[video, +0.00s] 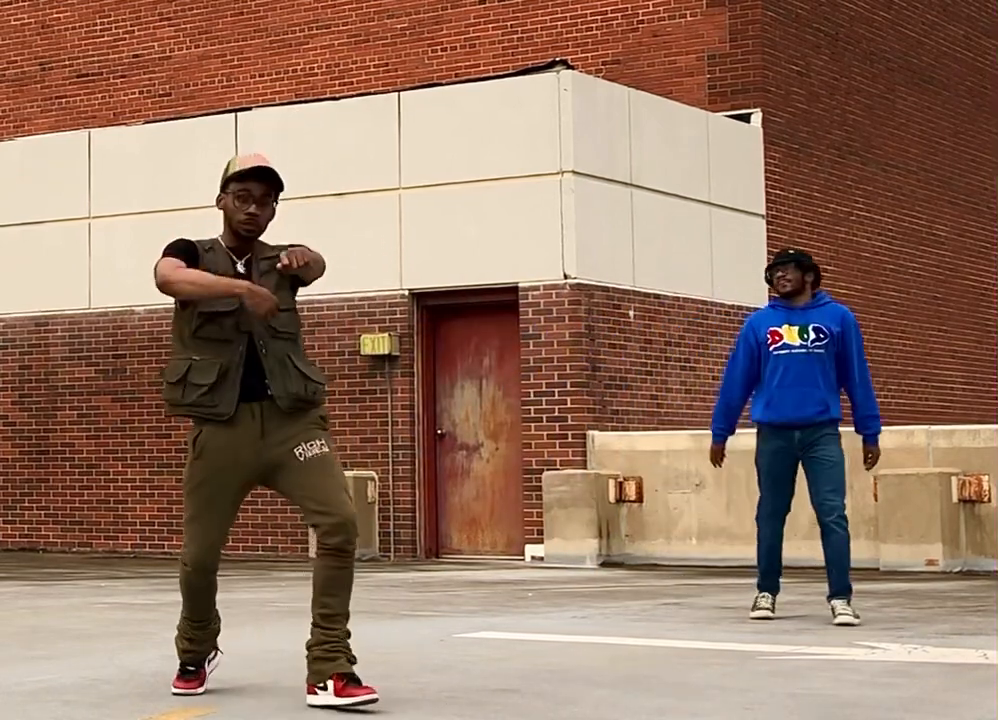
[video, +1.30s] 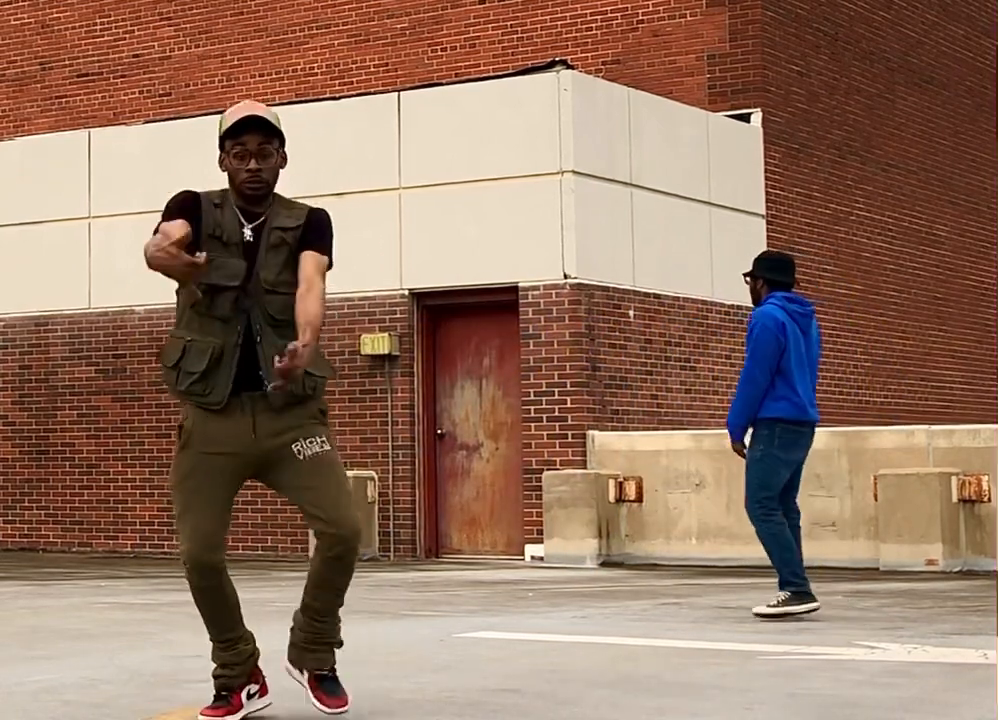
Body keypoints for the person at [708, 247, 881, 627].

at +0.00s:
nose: (781, 276)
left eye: (788, 270)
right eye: (776, 272)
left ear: (808, 275)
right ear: (772, 280)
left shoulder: (838, 317)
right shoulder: (759, 322)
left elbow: (857, 377)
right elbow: (736, 380)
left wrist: (870, 432)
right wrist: (719, 435)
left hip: (822, 432)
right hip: (773, 433)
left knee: (832, 513)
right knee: (770, 514)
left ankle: (840, 599)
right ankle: (766, 592)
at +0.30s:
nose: (789, 272)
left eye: (797, 267)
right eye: (790, 267)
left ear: (823, 271)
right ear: (804, 272)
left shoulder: (854, 314)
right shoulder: (782, 313)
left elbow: (885, 372)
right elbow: (772, 371)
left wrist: (906, 429)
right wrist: (769, 421)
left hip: (831, 431)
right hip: (783, 431)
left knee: (838, 515)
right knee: (781, 511)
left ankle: (840, 599)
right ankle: (801, 596)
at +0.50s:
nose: (789, 274)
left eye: (794, 268)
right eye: (790, 268)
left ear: (816, 271)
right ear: (808, 272)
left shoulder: (849, 312)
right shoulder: (794, 310)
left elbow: (871, 370)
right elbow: (788, 368)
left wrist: (876, 428)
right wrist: (780, 417)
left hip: (833, 429)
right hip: (790, 429)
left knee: (840, 515)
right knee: (795, 514)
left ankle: (842, 599)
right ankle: (803, 599)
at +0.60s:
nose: (786, 277)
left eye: (792, 271)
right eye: (787, 271)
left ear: (812, 272)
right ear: (807, 273)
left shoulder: (845, 309)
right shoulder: (799, 312)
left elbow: (854, 366)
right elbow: (792, 373)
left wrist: (846, 419)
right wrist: (779, 424)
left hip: (828, 430)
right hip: (791, 430)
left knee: (842, 517)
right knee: (789, 513)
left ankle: (842, 599)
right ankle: (801, 599)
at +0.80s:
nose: (777, 282)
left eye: (782, 275)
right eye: (778, 275)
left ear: (802, 275)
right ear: (800, 276)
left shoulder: (835, 308)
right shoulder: (801, 312)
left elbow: (826, 366)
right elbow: (798, 367)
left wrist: (788, 409)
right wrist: (785, 410)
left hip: (829, 430)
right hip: (795, 429)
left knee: (839, 516)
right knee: (787, 513)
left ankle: (841, 598)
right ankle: (787, 597)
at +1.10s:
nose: (759, 288)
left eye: (763, 282)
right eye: (760, 282)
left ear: (777, 283)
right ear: (787, 284)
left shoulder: (792, 320)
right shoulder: (791, 318)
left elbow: (775, 383)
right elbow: (781, 383)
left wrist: (751, 438)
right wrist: (762, 434)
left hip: (798, 429)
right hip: (781, 430)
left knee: (807, 511)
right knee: (774, 510)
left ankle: (834, 595)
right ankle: (787, 598)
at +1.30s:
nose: (750, 288)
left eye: (752, 282)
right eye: (751, 282)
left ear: (763, 283)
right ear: (787, 283)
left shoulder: (768, 317)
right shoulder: (806, 318)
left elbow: (756, 374)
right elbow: (806, 373)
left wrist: (735, 426)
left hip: (777, 423)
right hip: (801, 424)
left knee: (761, 505)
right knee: (785, 505)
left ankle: (796, 591)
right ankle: (795, 589)